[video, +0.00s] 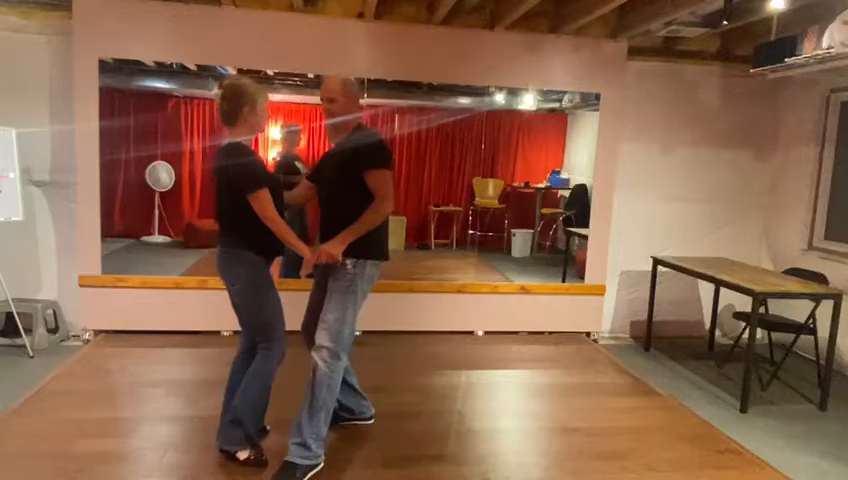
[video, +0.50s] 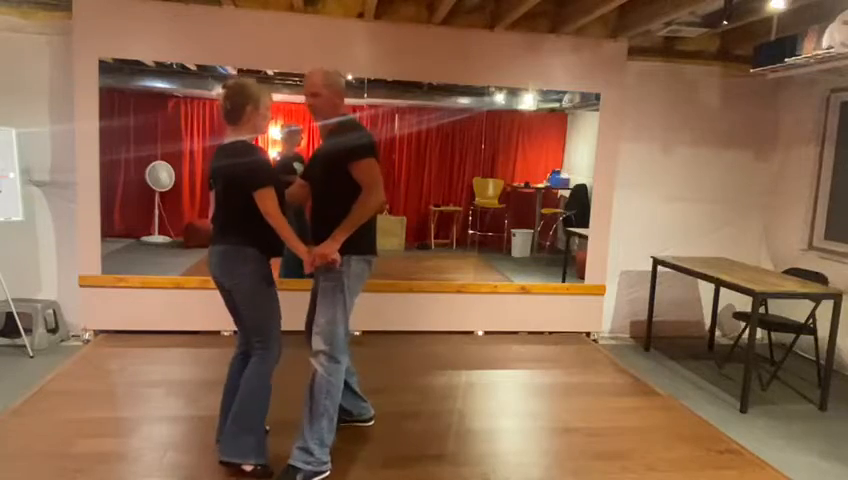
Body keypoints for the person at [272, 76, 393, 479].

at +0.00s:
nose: (324, 106)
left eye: (331, 100)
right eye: (323, 100)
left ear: (355, 103)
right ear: (328, 103)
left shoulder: (369, 144)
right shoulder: (333, 152)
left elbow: (386, 204)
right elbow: (297, 195)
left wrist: (341, 241)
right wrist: (254, 190)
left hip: (358, 260)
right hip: (332, 257)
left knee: (328, 347)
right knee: (315, 333)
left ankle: (306, 452)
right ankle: (353, 404)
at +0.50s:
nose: (307, 102)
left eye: (314, 95)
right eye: (306, 95)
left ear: (336, 96)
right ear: (322, 97)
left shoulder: (352, 136)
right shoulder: (330, 140)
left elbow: (375, 195)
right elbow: (299, 193)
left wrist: (335, 240)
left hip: (348, 256)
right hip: (332, 254)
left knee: (326, 350)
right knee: (323, 333)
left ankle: (312, 459)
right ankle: (354, 405)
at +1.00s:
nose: (298, 92)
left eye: (304, 82)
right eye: (296, 84)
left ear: (330, 82)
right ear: (321, 84)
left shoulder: (344, 125)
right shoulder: (328, 126)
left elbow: (374, 184)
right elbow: (325, 186)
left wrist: (340, 243)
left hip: (340, 257)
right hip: (331, 254)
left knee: (324, 355)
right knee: (340, 338)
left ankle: (317, 464)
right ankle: (353, 408)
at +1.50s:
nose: (301, 86)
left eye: (308, 76)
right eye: (298, 78)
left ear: (335, 76)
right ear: (315, 80)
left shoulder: (354, 127)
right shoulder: (325, 127)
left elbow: (390, 199)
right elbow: (320, 190)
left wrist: (348, 257)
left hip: (336, 262)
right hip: (321, 256)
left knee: (313, 364)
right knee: (325, 343)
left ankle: (314, 465)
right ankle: (339, 418)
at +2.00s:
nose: (296, 92)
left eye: (300, 82)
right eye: (291, 86)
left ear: (326, 74)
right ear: (294, 88)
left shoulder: (359, 129)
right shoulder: (304, 131)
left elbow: (400, 201)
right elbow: (288, 186)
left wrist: (361, 256)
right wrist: (242, 182)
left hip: (340, 261)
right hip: (311, 256)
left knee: (316, 361)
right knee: (316, 346)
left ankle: (314, 465)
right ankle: (316, 417)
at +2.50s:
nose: (284, 94)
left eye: (287, 84)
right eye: (279, 89)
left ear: (310, 75)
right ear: (281, 90)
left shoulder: (346, 125)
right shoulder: (299, 132)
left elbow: (386, 189)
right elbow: (278, 186)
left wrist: (350, 239)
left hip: (334, 252)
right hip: (308, 251)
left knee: (319, 351)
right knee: (321, 343)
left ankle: (314, 460)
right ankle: (326, 419)